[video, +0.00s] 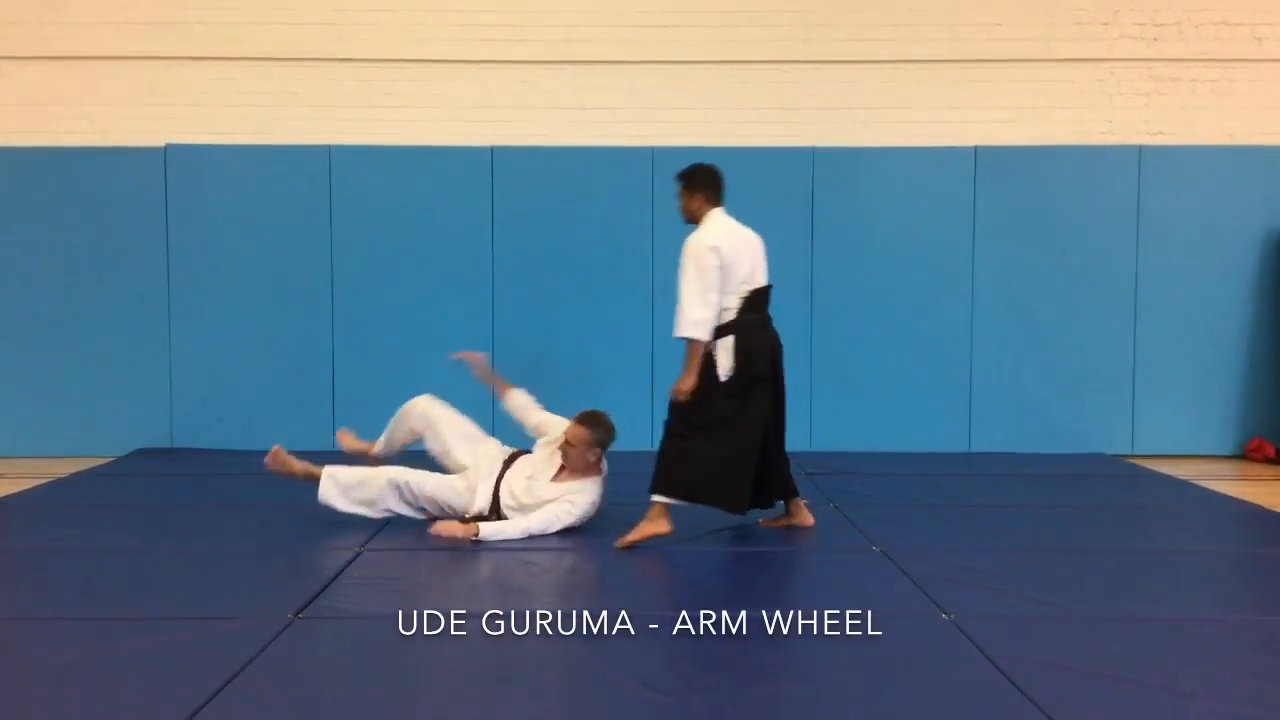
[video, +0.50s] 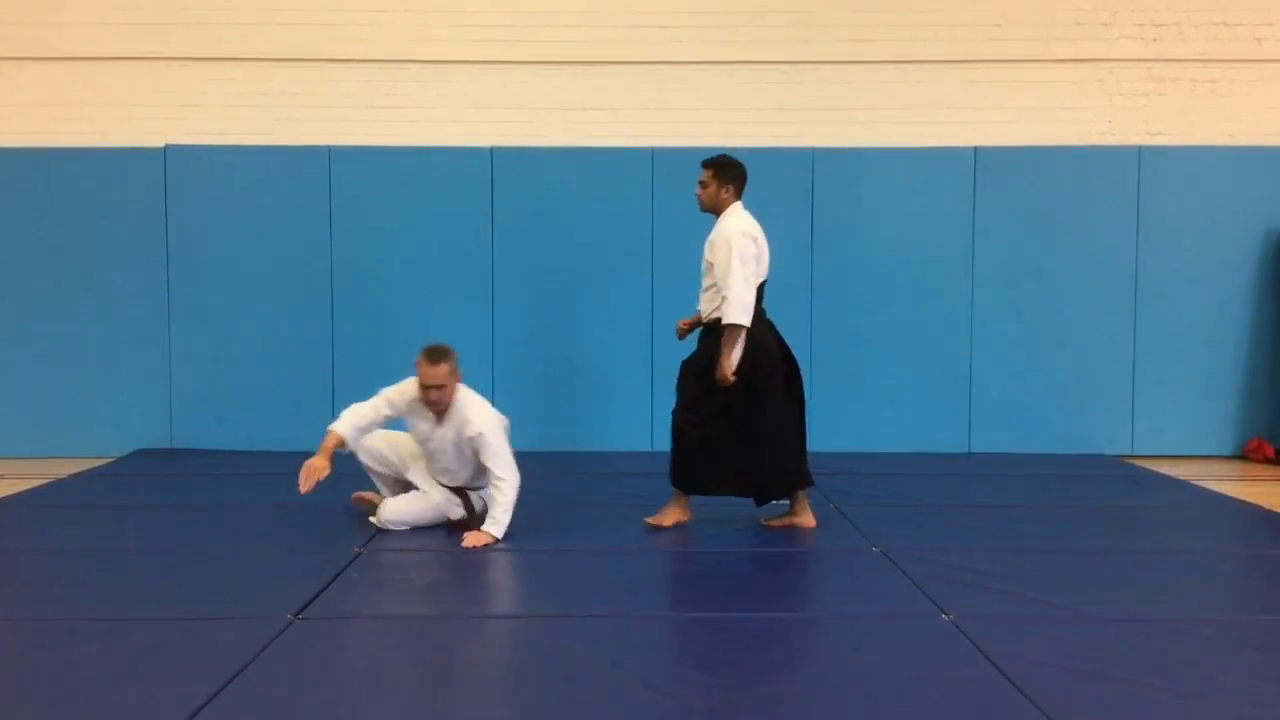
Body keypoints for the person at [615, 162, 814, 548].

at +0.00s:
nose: (679, 204)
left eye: (682, 196)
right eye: (680, 196)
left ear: (697, 197)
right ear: (715, 197)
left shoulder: (702, 242)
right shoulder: (748, 236)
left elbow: (701, 312)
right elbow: (755, 296)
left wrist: (690, 372)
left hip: (728, 346)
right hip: (762, 340)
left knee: (681, 418)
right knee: (765, 425)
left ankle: (658, 512)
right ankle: (795, 507)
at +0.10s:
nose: (698, 197)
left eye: (701, 190)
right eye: (699, 189)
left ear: (716, 191)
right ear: (733, 192)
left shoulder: (721, 235)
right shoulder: (761, 231)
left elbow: (726, 302)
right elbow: (761, 295)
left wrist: (725, 362)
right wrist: (718, 338)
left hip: (738, 337)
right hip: (771, 335)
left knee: (688, 412)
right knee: (775, 420)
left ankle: (688, 505)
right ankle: (799, 507)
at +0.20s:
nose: (708, 190)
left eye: (712, 184)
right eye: (710, 183)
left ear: (728, 187)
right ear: (742, 188)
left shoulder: (731, 230)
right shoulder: (766, 225)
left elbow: (743, 295)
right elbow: (753, 293)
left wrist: (746, 355)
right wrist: (713, 330)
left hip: (741, 334)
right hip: (771, 330)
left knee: (694, 411)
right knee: (782, 419)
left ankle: (707, 499)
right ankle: (801, 508)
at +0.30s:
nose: (712, 186)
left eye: (716, 179)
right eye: (714, 179)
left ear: (733, 184)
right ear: (744, 185)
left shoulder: (736, 226)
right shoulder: (763, 222)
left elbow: (749, 293)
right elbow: (752, 291)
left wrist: (748, 350)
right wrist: (710, 321)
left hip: (741, 334)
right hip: (769, 330)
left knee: (697, 408)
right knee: (784, 417)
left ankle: (709, 497)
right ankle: (802, 508)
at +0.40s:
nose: (708, 187)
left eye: (713, 180)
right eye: (710, 180)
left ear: (733, 185)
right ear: (739, 186)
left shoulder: (739, 226)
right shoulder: (752, 221)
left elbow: (747, 292)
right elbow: (745, 290)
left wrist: (739, 350)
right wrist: (707, 318)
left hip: (737, 335)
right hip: (762, 330)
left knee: (694, 410)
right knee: (779, 417)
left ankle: (694, 500)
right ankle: (801, 508)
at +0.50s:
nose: (697, 191)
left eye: (704, 184)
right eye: (699, 184)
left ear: (727, 189)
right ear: (728, 190)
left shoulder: (733, 230)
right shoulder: (738, 225)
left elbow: (739, 296)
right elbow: (730, 289)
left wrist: (728, 352)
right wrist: (698, 318)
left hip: (729, 338)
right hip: (752, 335)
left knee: (687, 417)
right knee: (776, 420)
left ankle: (679, 503)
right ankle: (800, 508)